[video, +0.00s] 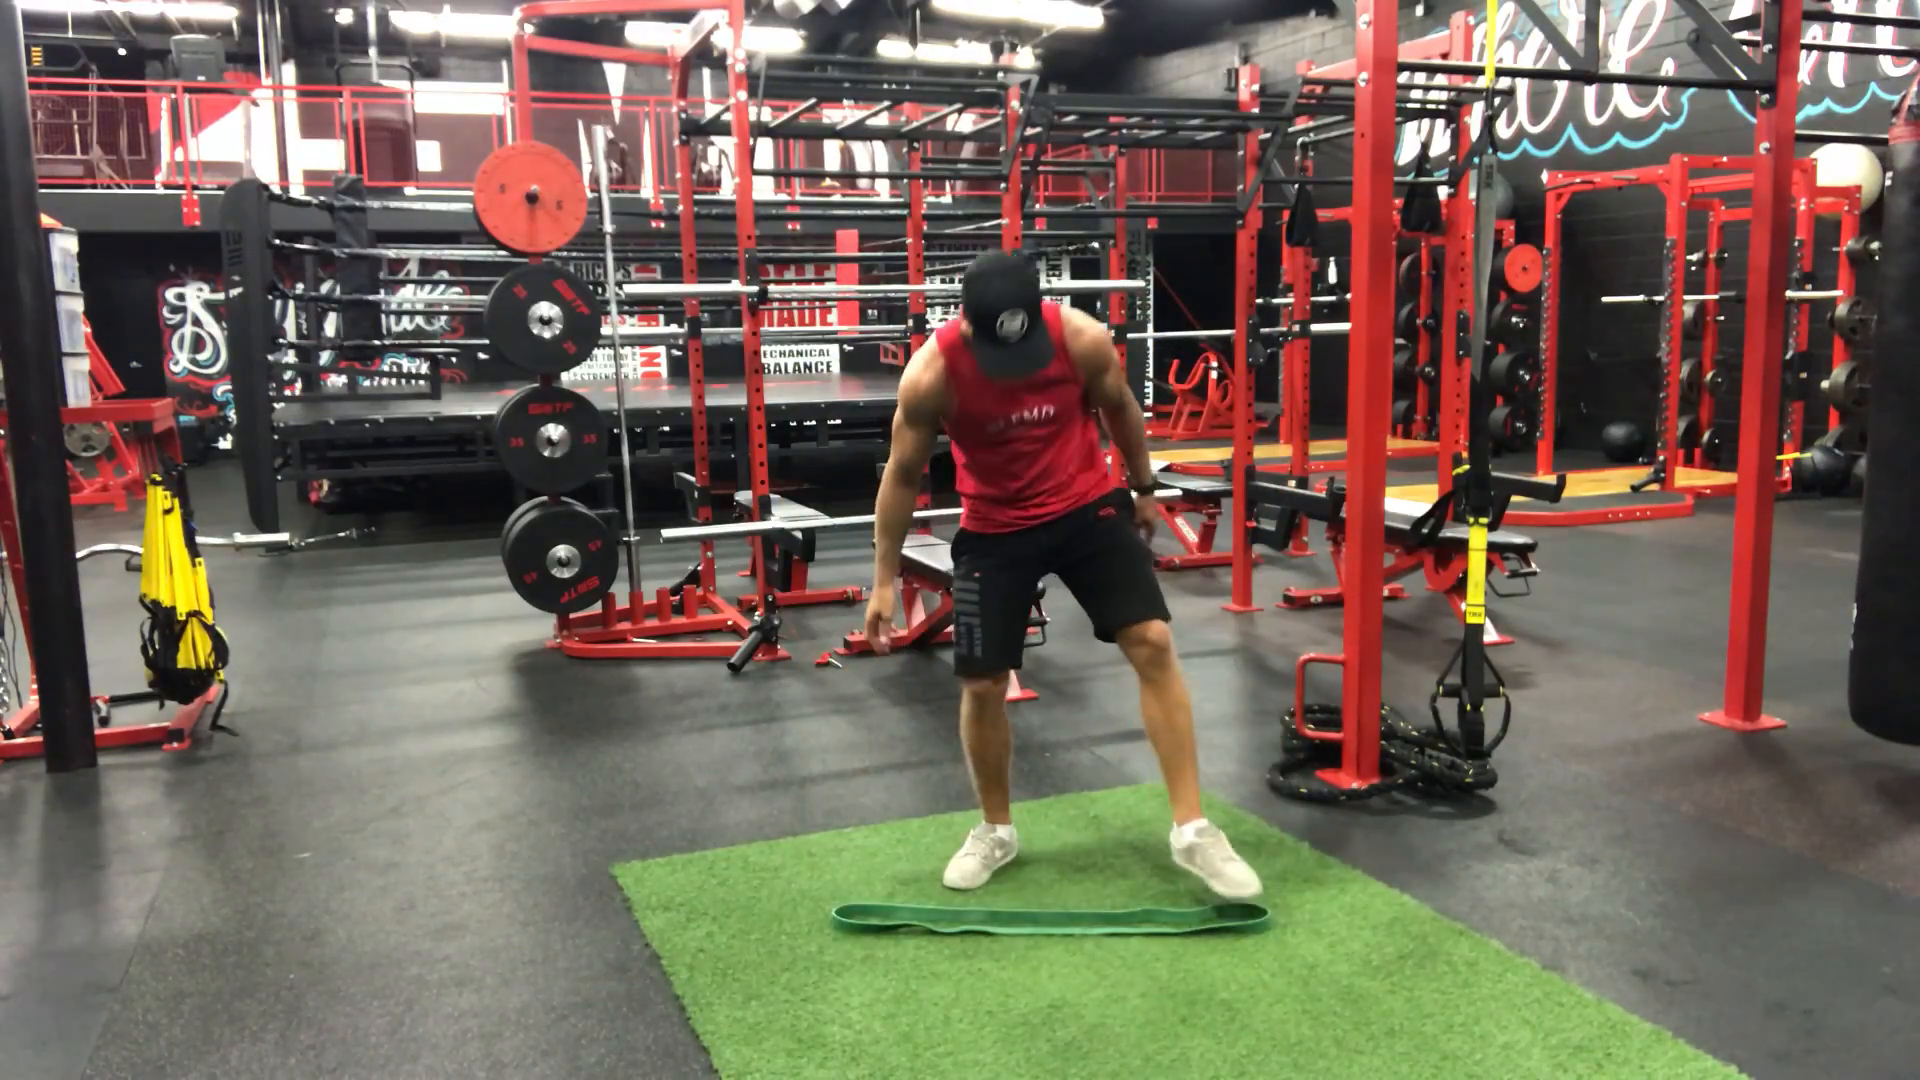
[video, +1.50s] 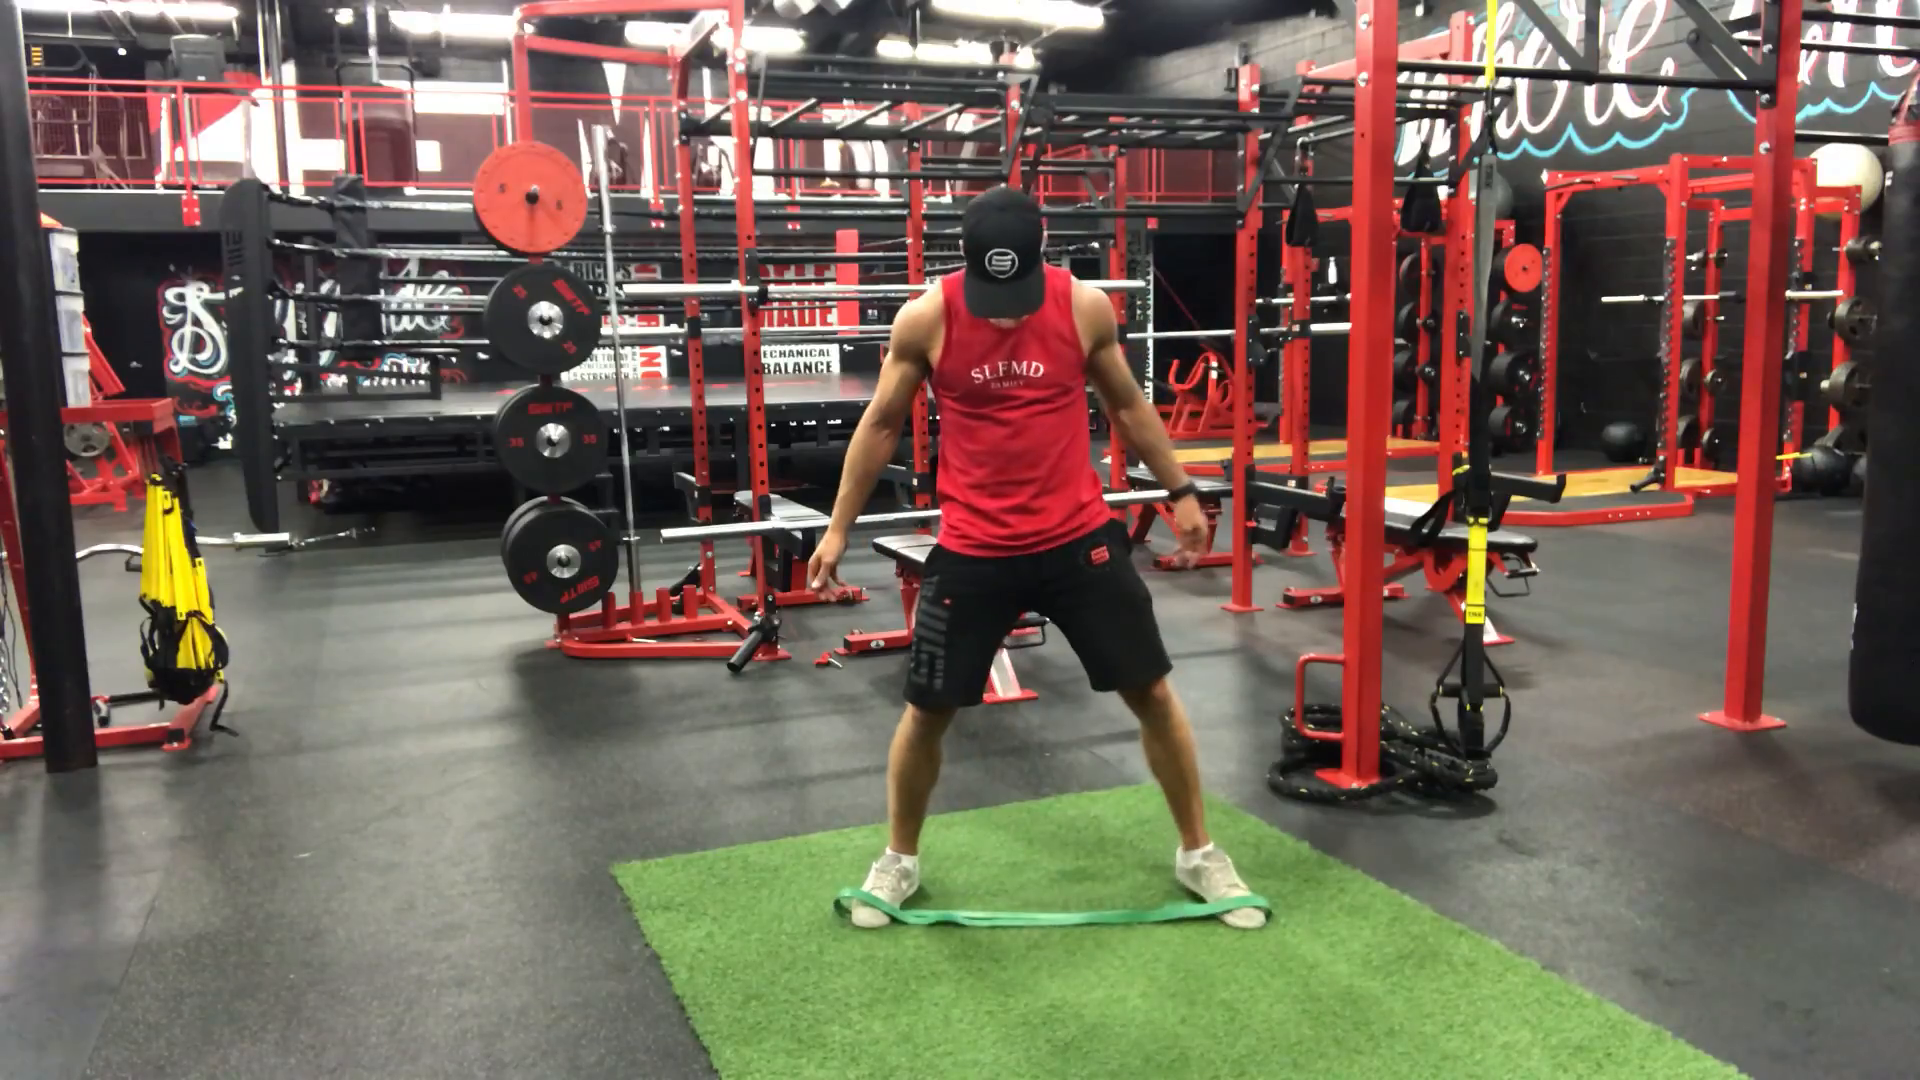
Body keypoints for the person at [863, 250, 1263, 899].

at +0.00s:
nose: (1013, 358)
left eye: (1023, 341)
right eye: (997, 347)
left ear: (1039, 314)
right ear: (968, 324)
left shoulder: (1085, 344)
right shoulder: (929, 377)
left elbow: (1121, 410)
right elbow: (901, 477)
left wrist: (1144, 490)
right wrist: (883, 579)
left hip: (1088, 513)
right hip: (994, 531)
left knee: (1153, 641)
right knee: (983, 683)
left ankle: (1192, 827)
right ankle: (995, 829)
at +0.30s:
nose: (1081, 314)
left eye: (1094, 298)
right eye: (1068, 298)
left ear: (1116, 271)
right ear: (1042, 271)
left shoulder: (1153, 320)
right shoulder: (997, 328)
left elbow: (1191, 409)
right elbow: (946, 427)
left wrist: (1219, 506)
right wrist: (906, 528)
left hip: (1134, 530)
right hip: (1034, 535)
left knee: (1178, 684)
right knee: (1002, 688)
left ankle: (1188, 850)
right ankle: (996, 831)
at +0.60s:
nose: (1148, 291)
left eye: (1164, 278)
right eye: (1139, 274)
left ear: (1197, 254)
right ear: (1122, 241)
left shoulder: (1235, 309)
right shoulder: (1074, 293)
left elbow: (1276, 412)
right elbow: (1031, 385)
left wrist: (1307, 516)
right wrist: (995, 483)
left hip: (1173, 524)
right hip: (1069, 515)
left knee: (1196, 685)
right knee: (999, 658)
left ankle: (1191, 853)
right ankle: (980, 791)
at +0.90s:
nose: (1153, 285)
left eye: (1170, 274)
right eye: (1144, 269)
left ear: (1202, 256)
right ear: (1130, 240)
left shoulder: (1235, 311)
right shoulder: (1079, 285)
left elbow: (1273, 414)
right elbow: (1020, 378)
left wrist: (1317, 514)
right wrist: (974, 478)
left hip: (1157, 527)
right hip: (1056, 517)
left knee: (1185, 687)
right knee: (989, 667)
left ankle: (1189, 854)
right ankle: (929, 825)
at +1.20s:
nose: (1065, 297)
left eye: (1081, 283)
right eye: (1054, 280)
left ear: (1110, 259)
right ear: (1034, 252)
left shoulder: (1140, 315)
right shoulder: (986, 311)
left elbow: (1176, 412)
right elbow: (929, 413)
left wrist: (1232, 505)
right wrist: (887, 519)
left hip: (1105, 544)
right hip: (1002, 549)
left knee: (1164, 696)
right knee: (948, 705)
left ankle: (1187, 855)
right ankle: (897, 853)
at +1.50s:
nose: (1004, 304)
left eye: (1018, 287)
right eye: (991, 288)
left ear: (1041, 258)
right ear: (967, 261)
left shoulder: (1085, 309)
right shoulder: (926, 319)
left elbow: (1129, 402)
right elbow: (878, 423)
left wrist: (1180, 493)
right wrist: (837, 526)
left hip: (1080, 539)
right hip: (973, 551)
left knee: (1152, 692)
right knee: (926, 711)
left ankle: (1199, 850)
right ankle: (899, 859)